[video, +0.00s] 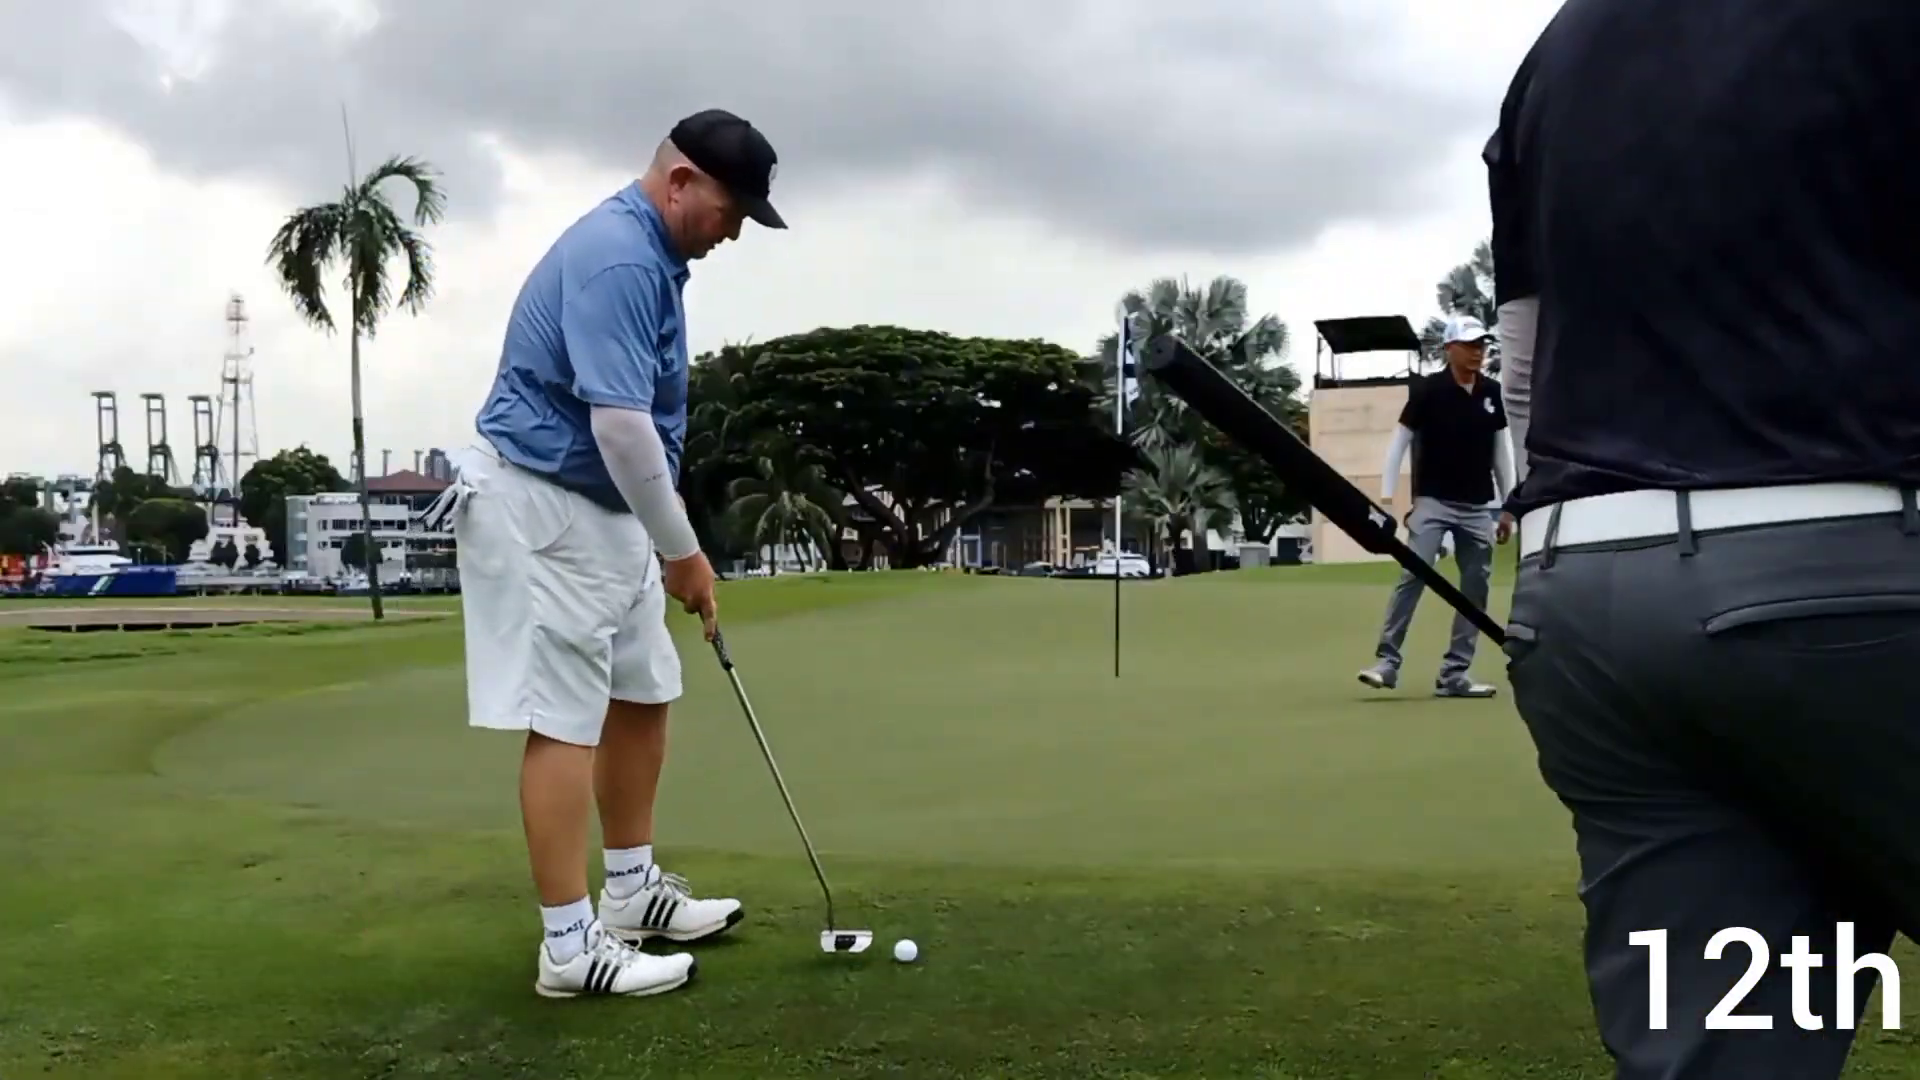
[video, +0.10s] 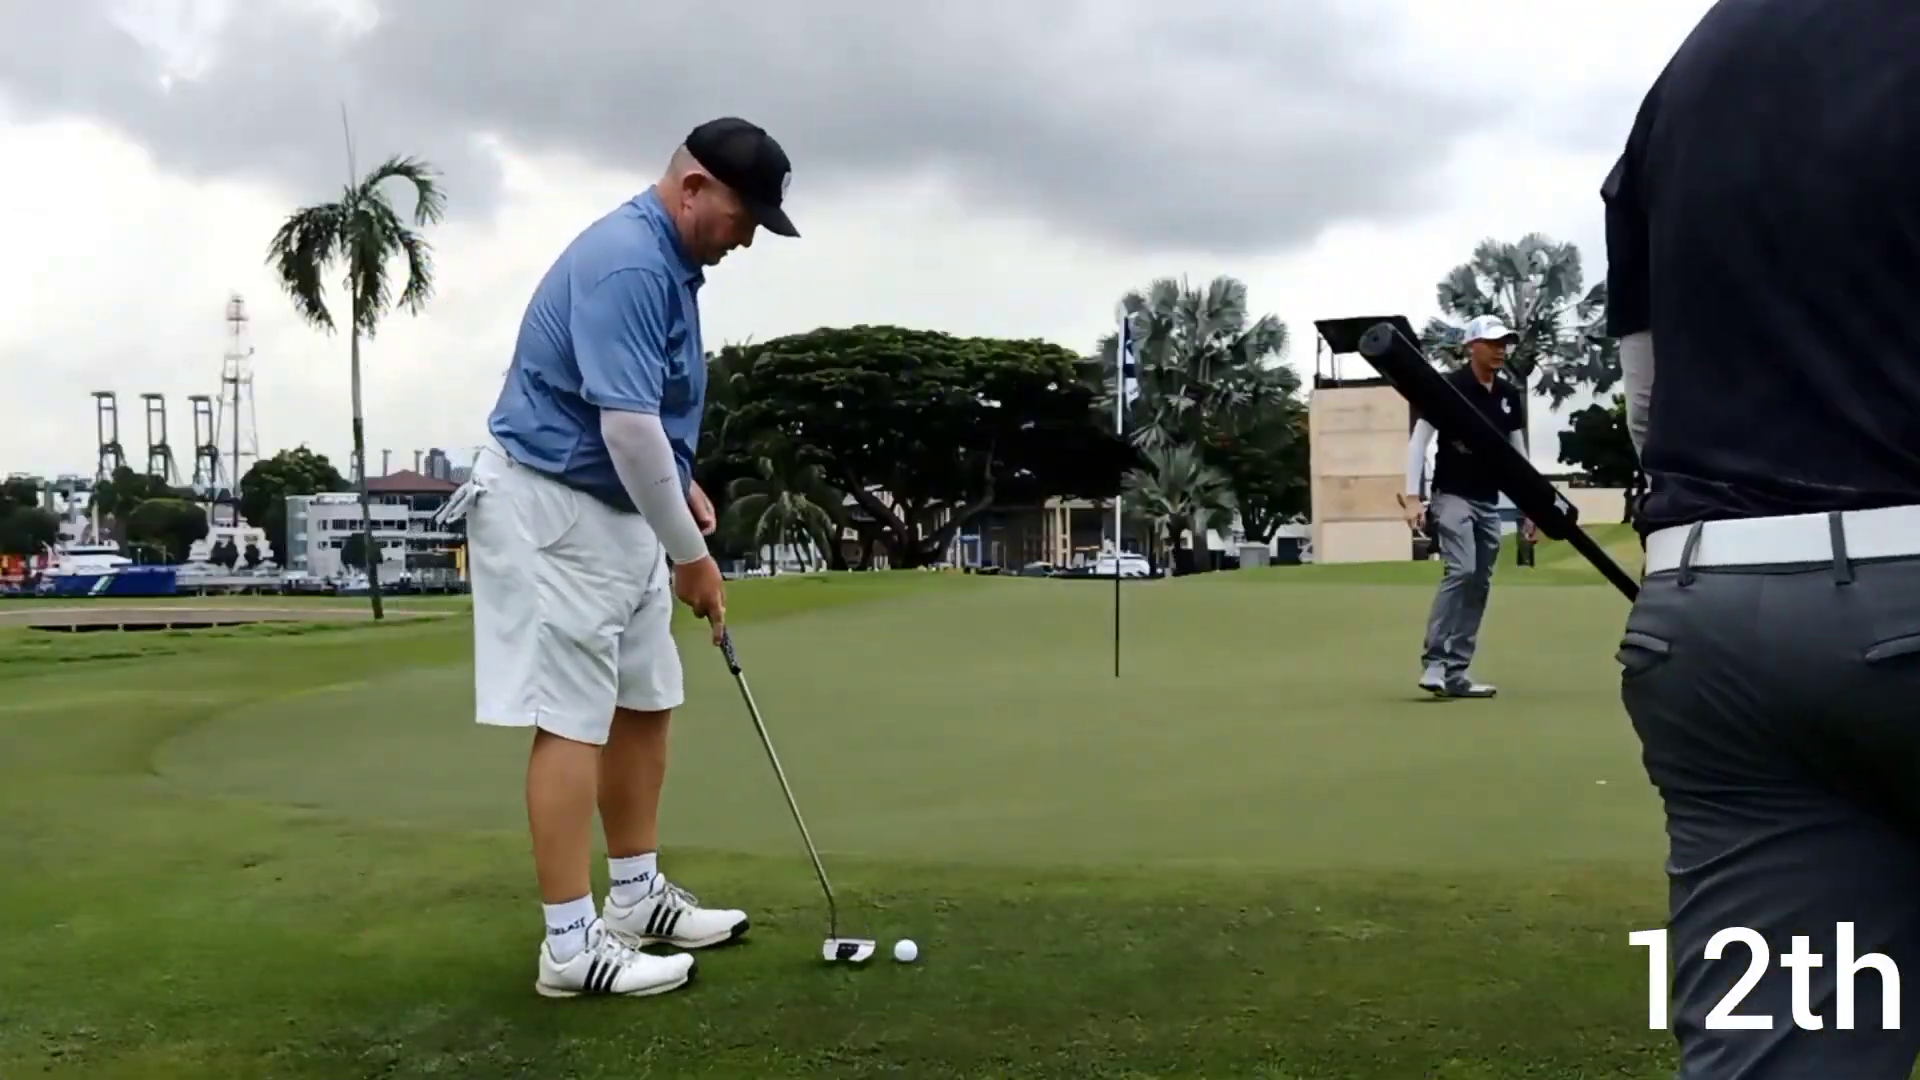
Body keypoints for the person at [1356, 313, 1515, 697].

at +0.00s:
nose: (1476, 353)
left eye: (1480, 345)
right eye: (1468, 346)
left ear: (1485, 349)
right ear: (1448, 348)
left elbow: (1503, 451)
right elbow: (1399, 444)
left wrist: (1509, 505)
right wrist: (1387, 497)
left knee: (1477, 586)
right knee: (1414, 574)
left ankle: (1454, 674)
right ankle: (1387, 663)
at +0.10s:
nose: (1501, 350)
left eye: (1504, 344)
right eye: (1492, 344)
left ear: (1506, 348)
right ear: (1472, 346)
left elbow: (1519, 454)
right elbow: (1419, 441)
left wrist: (1529, 511)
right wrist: (1414, 496)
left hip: (1490, 502)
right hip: (1451, 498)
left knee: (1479, 584)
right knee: (1462, 571)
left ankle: (1457, 671)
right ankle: (1435, 660)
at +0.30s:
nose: (1548, 357)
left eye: (1549, 351)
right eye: (1541, 350)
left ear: (1541, 355)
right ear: (1519, 350)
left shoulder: (1533, 398)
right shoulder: (1493, 388)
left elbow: (1548, 456)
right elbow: (1466, 441)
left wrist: (1579, 501)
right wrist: (1467, 498)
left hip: (1517, 501)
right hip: (1493, 500)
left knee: (1485, 588)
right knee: (1534, 574)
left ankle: (1454, 673)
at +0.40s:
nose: (1572, 360)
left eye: (1573, 354)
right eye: (1567, 353)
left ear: (1556, 355)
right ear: (1545, 351)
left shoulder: (1550, 396)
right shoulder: (1519, 389)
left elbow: (1561, 456)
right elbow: (1494, 444)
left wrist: (1593, 499)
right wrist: (1495, 501)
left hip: (1533, 504)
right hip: (1525, 505)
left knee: (1500, 590)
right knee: (1562, 582)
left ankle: (1458, 668)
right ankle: (1588, 671)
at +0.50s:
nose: (1593, 363)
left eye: (1595, 356)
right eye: (1588, 355)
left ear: (1579, 356)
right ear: (1568, 352)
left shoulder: (1568, 391)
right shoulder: (1550, 388)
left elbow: (1575, 454)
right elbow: (1529, 448)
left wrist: (1599, 502)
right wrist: (1527, 508)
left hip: (1556, 507)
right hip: (1560, 507)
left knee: (1530, 590)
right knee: (1585, 586)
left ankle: (1468, 660)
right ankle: (1592, 673)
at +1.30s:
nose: (1760, 356)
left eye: (1761, 349)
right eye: (1759, 348)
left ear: (1733, 341)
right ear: (1743, 342)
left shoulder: (1704, 378)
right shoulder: (1733, 377)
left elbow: (1707, 442)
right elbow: (1738, 437)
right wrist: (1764, 489)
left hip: (1713, 494)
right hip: (1739, 492)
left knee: (1731, 580)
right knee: (1767, 571)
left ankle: (1739, 667)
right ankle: (1696, 636)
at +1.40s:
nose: (1778, 355)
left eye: (1779, 348)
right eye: (1776, 347)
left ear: (1748, 342)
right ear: (1760, 341)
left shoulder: (1721, 379)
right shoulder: (1752, 377)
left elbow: (1724, 444)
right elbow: (1756, 437)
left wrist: (1728, 498)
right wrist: (1772, 491)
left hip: (1732, 496)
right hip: (1760, 493)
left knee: (1737, 583)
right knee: (1798, 564)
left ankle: (1740, 666)